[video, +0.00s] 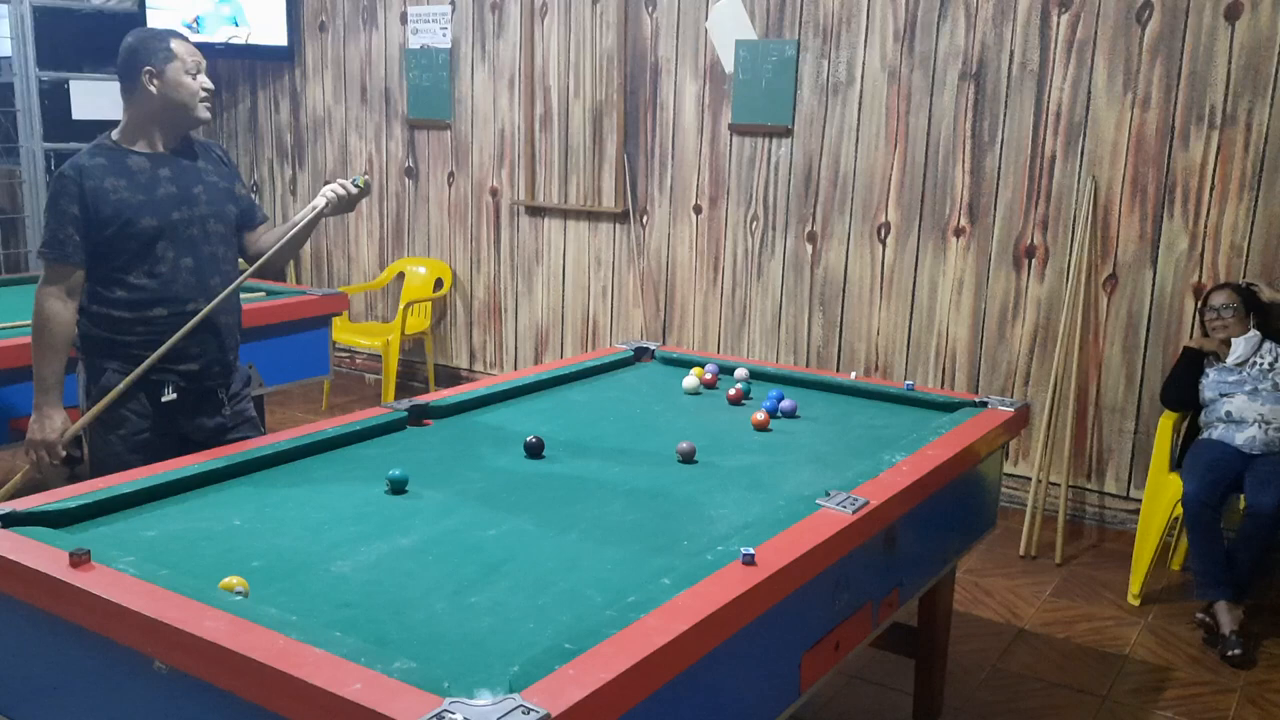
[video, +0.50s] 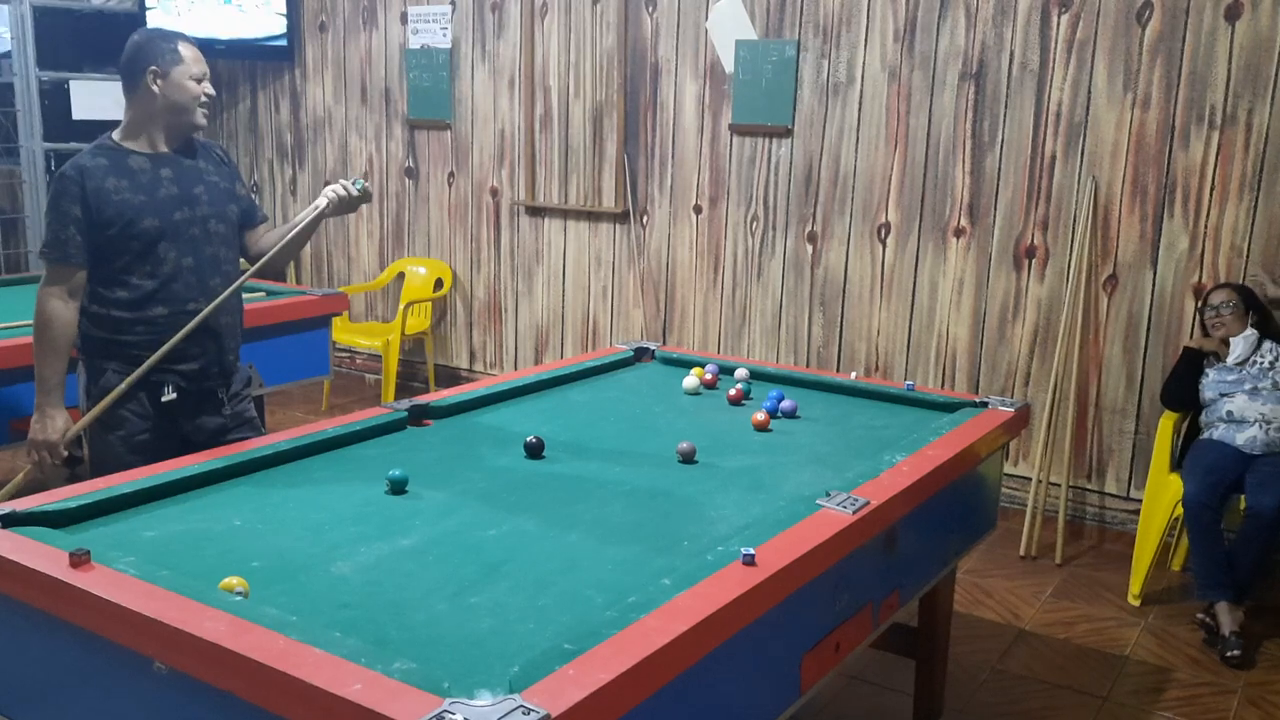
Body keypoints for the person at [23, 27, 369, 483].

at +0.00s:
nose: (209, 84)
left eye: (206, 73)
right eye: (195, 72)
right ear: (152, 79)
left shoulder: (213, 160)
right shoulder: (83, 177)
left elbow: (264, 255)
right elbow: (59, 293)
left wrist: (320, 206)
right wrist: (46, 407)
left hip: (222, 393)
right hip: (128, 402)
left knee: (248, 539)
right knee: (138, 548)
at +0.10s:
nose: (207, 83)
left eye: (204, 72)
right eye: (193, 70)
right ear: (150, 77)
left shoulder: (214, 161)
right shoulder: (84, 176)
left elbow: (263, 251)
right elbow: (60, 293)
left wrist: (318, 209)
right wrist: (46, 407)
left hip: (222, 393)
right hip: (129, 401)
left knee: (250, 538)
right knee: (137, 547)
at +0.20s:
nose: (208, 86)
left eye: (205, 75)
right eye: (194, 73)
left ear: (154, 79)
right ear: (150, 78)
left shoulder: (214, 161)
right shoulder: (84, 177)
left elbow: (264, 255)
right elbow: (60, 293)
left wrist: (318, 210)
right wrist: (47, 407)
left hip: (223, 394)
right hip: (129, 403)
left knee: (247, 540)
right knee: (136, 547)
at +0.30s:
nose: (209, 90)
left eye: (206, 79)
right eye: (196, 76)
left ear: (155, 80)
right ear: (152, 79)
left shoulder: (213, 160)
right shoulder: (83, 176)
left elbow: (264, 254)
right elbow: (60, 293)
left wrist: (319, 209)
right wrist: (48, 407)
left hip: (223, 393)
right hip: (129, 402)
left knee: (251, 539)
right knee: (137, 548)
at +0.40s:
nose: (210, 92)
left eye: (208, 81)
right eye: (198, 78)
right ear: (154, 80)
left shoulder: (214, 162)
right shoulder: (84, 178)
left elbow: (263, 253)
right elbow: (61, 293)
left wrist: (320, 209)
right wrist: (49, 407)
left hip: (223, 393)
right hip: (129, 403)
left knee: (248, 545)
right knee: (137, 545)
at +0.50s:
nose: (211, 92)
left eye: (209, 81)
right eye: (199, 79)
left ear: (158, 82)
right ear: (155, 81)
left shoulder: (214, 162)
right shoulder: (84, 177)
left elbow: (264, 253)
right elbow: (61, 293)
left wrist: (321, 208)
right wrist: (48, 407)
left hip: (223, 394)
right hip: (128, 403)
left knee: (251, 539)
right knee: (137, 547)